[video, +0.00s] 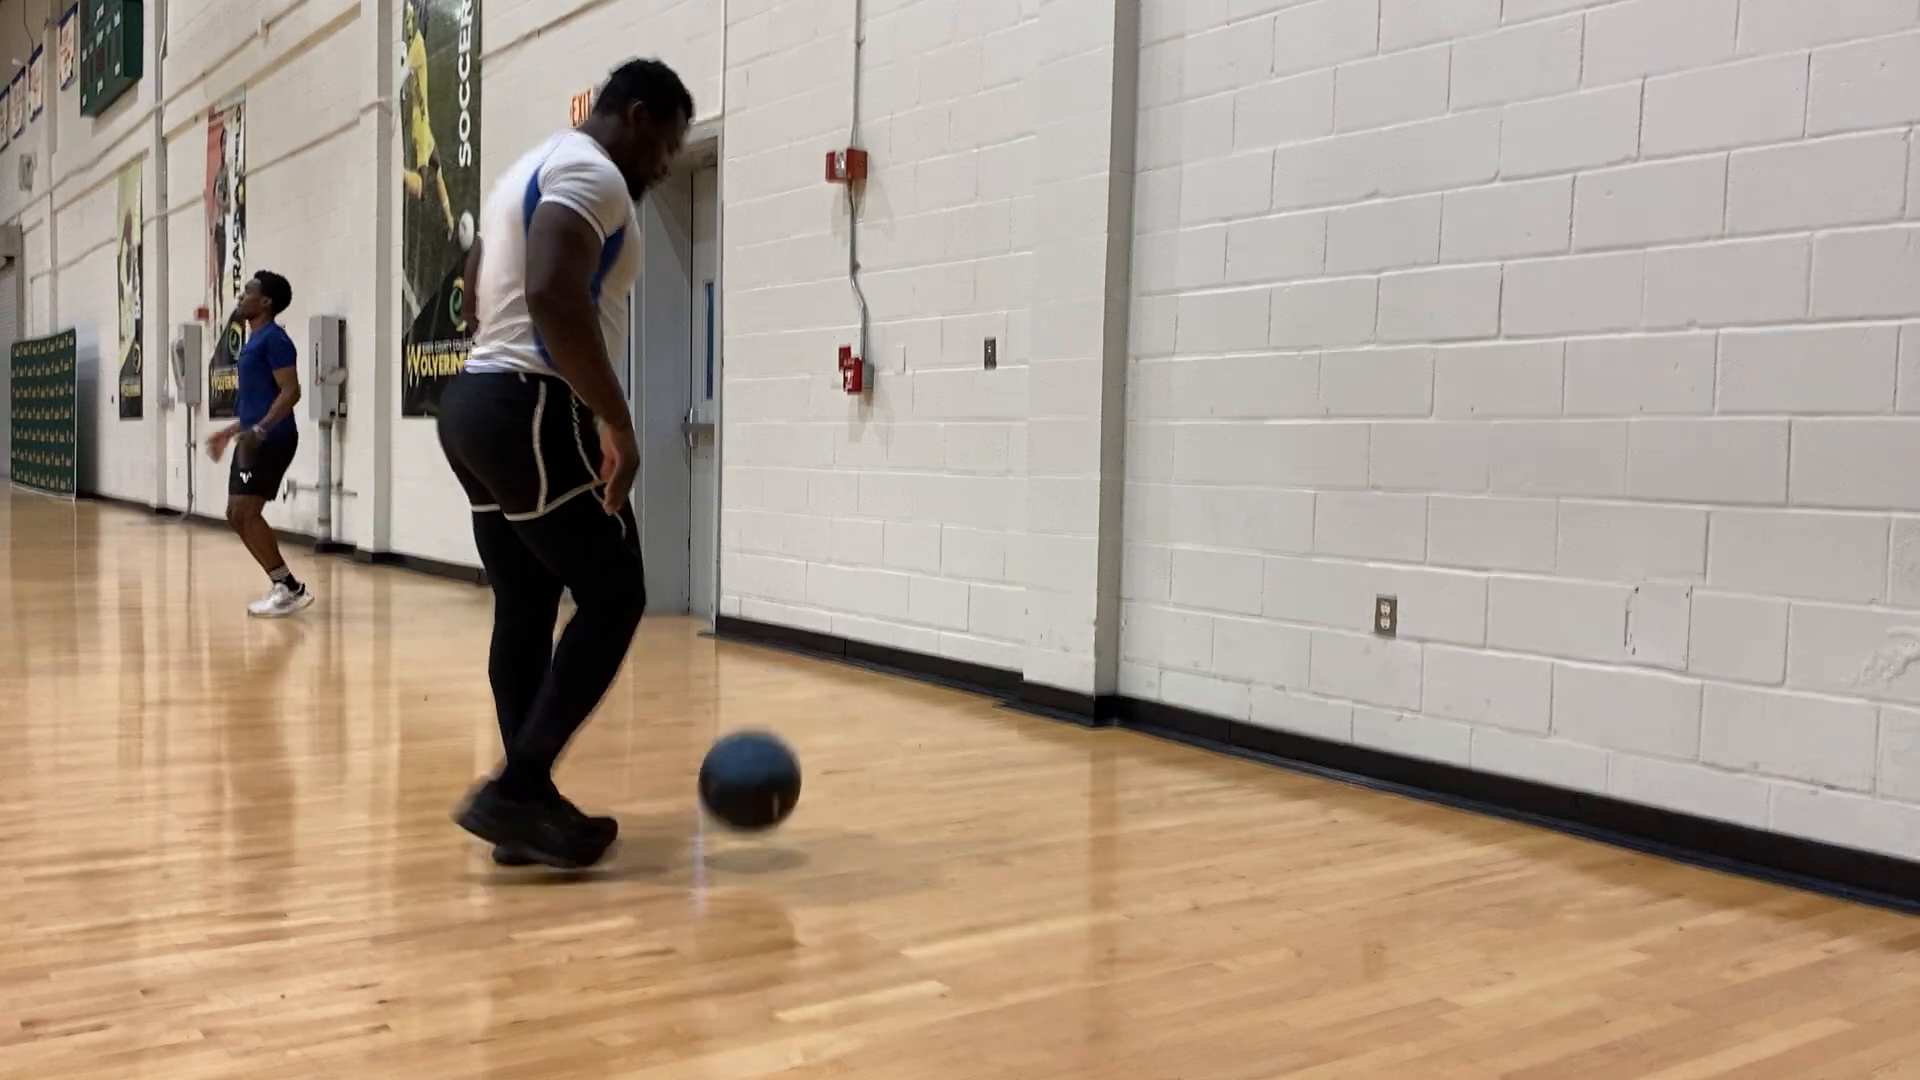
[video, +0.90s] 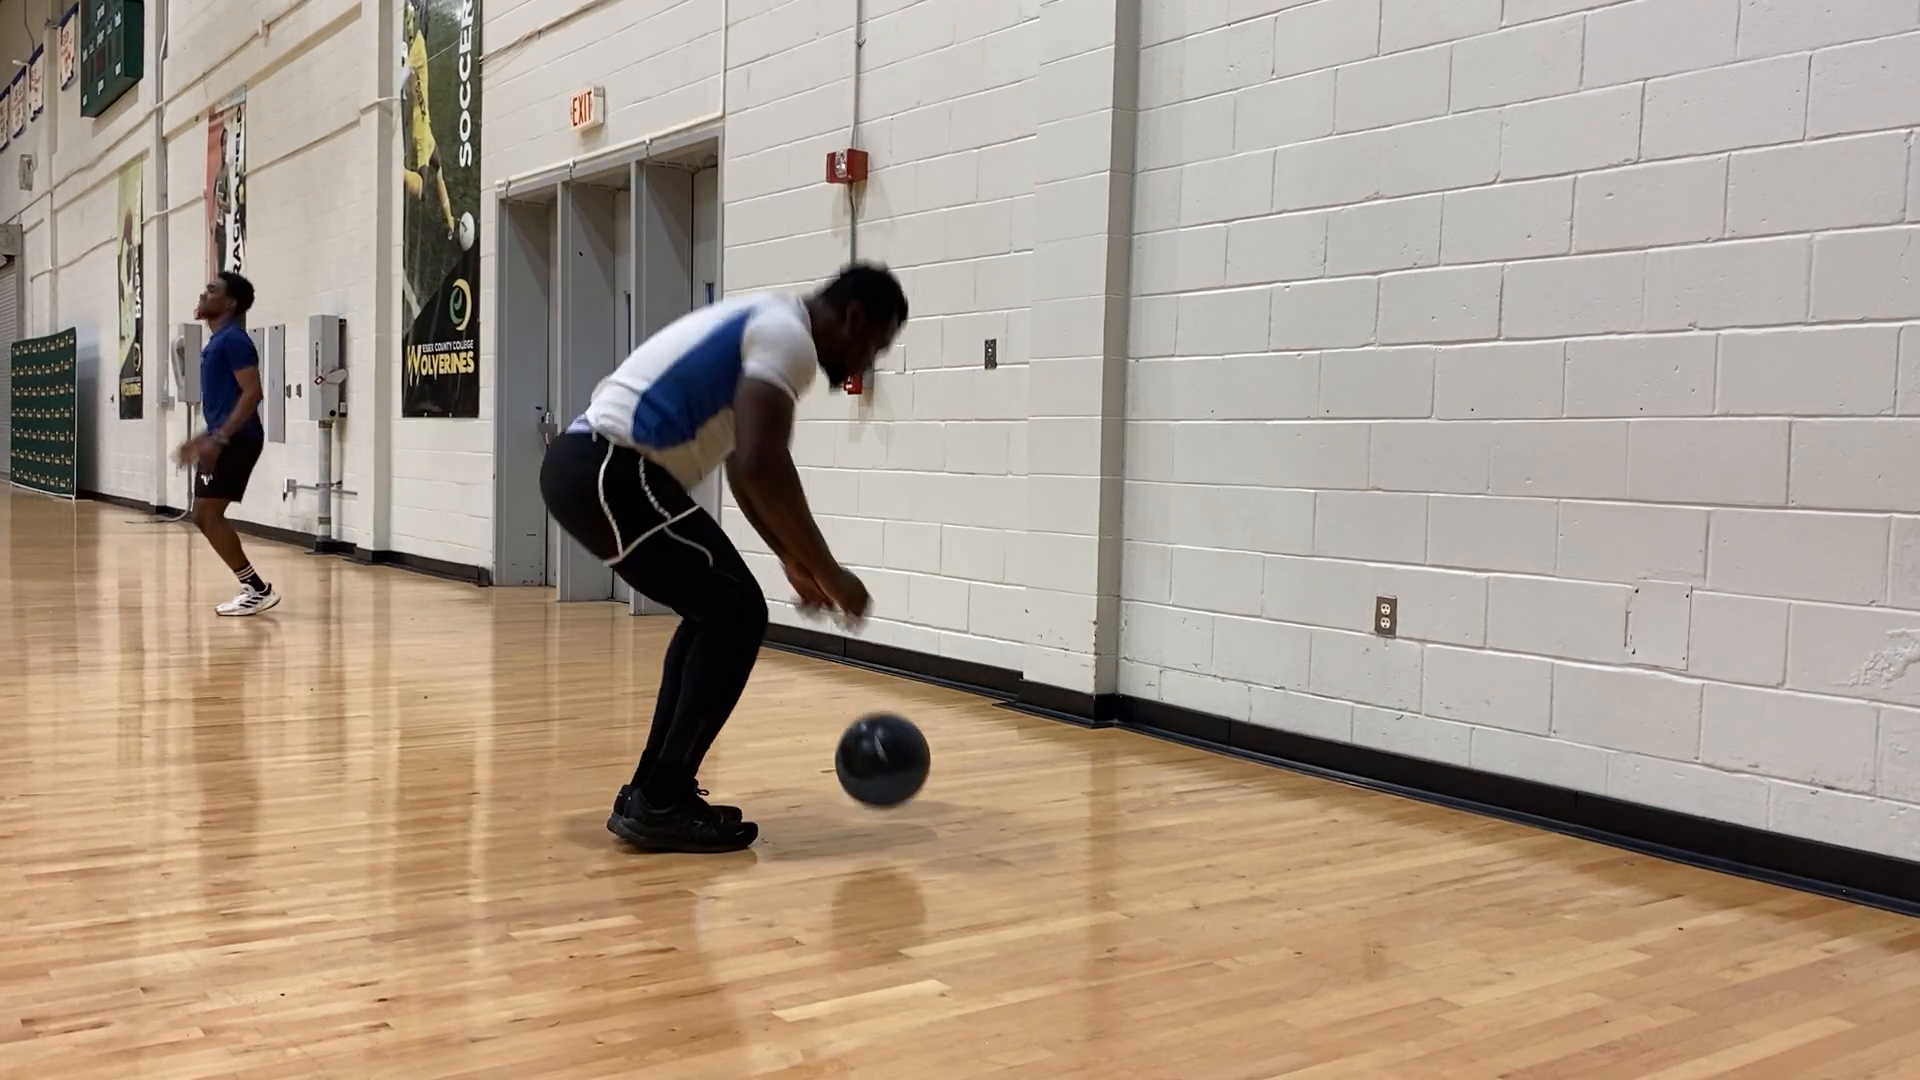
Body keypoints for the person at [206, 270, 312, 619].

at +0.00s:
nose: (240, 296)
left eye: (247, 292)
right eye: (242, 290)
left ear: (264, 302)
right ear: (260, 303)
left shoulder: (274, 339)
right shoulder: (255, 340)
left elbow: (291, 392)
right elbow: (256, 403)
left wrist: (262, 429)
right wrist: (228, 432)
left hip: (273, 435)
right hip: (255, 435)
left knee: (245, 511)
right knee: (236, 514)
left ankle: (288, 587)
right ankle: (284, 586)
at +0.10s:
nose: (241, 272)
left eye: (248, 267)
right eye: (244, 267)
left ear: (267, 276)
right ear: (262, 276)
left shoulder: (274, 309)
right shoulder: (252, 312)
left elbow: (281, 356)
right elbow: (242, 360)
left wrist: (235, 361)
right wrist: (201, 360)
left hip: (266, 410)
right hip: (248, 410)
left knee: (256, 490)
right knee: (247, 492)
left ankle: (282, 576)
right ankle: (273, 574)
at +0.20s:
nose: (239, 266)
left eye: (247, 261)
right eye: (240, 261)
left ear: (266, 271)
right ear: (252, 270)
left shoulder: (272, 297)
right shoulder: (247, 304)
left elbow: (274, 312)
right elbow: (230, 319)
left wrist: (227, 284)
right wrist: (200, 284)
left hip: (263, 401)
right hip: (243, 401)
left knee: (259, 482)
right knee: (244, 484)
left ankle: (282, 571)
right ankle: (265, 568)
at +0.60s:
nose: (227, 267)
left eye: (235, 262)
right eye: (228, 262)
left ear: (254, 272)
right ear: (234, 270)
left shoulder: (257, 303)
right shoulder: (232, 312)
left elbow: (241, 287)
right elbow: (209, 320)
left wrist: (215, 268)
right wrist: (177, 289)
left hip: (247, 403)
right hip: (228, 405)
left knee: (239, 485)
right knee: (226, 486)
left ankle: (271, 571)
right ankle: (254, 569)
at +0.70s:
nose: (218, 264)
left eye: (226, 261)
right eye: (221, 259)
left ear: (244, 272)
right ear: (234, 271)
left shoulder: (247, 302)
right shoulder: (228, 307)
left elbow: (262, 339)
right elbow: (221, 358)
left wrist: (233, 355)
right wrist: (183, 362)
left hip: (241, 402)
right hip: (226, 402)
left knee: (228, 486)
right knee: (226, 486)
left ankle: (255, 572)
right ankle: (251, 571)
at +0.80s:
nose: (210, 285)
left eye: (218, 282)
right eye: (212, 280)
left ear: (235, 294)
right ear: (223, 293)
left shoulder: (240, 328)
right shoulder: (223, 329)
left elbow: (261, 383)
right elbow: (225, 395)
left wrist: (235, 425)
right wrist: (202, 426)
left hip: (242, 425)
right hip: (226, 425)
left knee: (215, 506)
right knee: (214, 506)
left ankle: (255, 585)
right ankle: (254, 584)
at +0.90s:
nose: (203, 295)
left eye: (211, 290)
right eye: (206, 289)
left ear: (231, 303)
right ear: (223, 303)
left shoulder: (234, 340)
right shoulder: (218, 340)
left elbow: (253, 393)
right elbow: (222, 405)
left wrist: (218, 438)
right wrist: (199, 440)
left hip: (240, 438)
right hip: (227, 437)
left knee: (207, 514)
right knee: (203, 515)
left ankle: (257, 590)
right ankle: (254, 587)